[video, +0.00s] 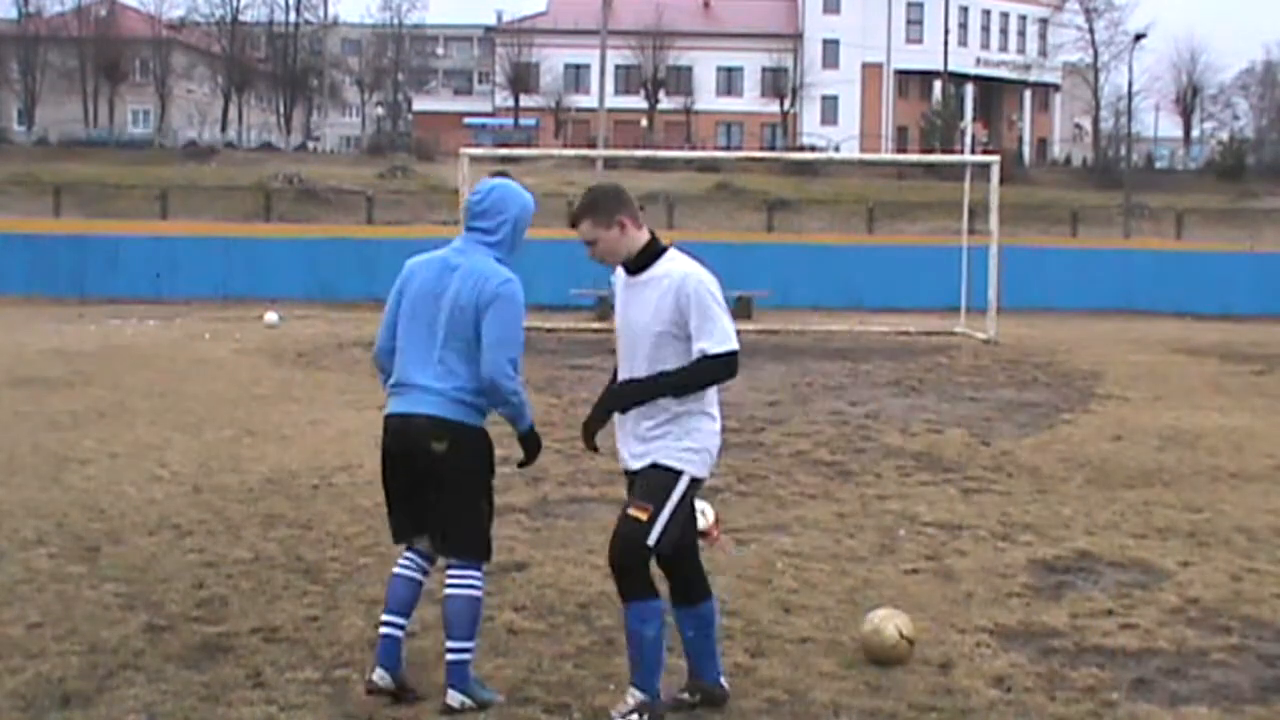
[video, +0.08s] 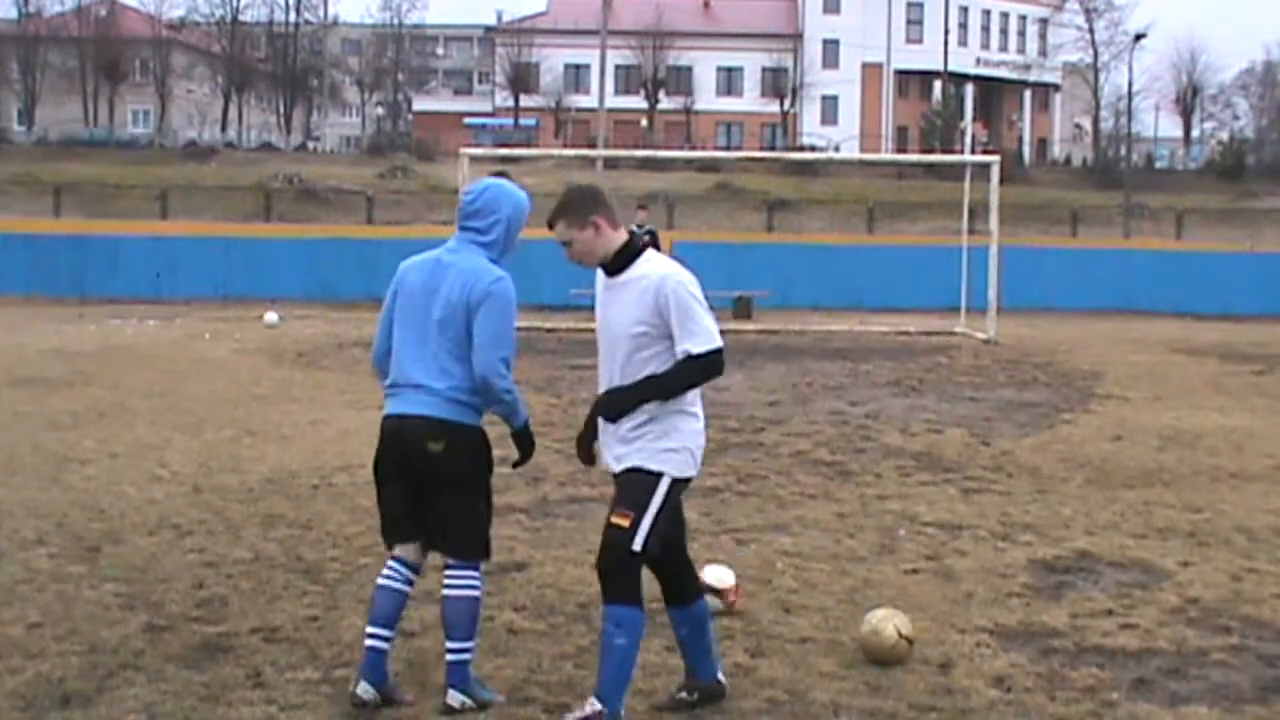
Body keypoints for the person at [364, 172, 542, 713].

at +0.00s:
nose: (525, 236)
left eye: (526, 227)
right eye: (524, 227)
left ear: (471, 217)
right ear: (510, 228)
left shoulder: (417, 266)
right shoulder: (501, 284)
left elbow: (384, 350)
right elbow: (496, 375)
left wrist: (408, 396)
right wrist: (525, 426)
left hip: (400, 426)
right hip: (458, 432)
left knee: (417, 544)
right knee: (465, 557)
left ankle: (385, 666)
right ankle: (459, 682)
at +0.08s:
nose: (519, 239)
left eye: (521, 229)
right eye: (518, 228)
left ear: (465, 216)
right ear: (502, 227)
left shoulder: (411, 268)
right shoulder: (493, 282)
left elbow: (381, 355)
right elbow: (489, 373)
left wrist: (411, 394)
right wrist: (520, 420)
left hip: (397, 428)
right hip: (456, 435)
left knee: (405, 550)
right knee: (463, 557)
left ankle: (371, 674)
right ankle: (459, 681)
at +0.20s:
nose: (511, 240)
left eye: (513, 229)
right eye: (509, 229)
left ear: (457, 221)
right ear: (491, 229)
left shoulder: (405, 273)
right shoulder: (478, 283)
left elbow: (379, 359)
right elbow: (472, 368)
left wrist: (411, 399)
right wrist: (511, 412)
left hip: (388, 429)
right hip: (447, 435)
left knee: (389, 555)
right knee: (464, 558)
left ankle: (367, 683)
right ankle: (459, 683)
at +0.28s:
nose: (506, 237)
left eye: (506, 226)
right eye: (503, 227)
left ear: (453, 223)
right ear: (484, 228)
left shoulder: (404, 274)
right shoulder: (471, 283)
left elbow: (379, 360)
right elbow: (463, 363)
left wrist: (413, 402)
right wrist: (508, 406)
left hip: (386, 431)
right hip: (443, 437)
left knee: (386, 556)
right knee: (466, 557)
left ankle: (366, 684)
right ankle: (459, 682)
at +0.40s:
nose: (502, 239)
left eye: (501, 228)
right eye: (498, 228)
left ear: (449, 225)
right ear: (482, 228)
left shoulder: (408, 274)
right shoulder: (471, 279)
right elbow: (459, 359)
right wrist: (511, 384)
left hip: (389, 429)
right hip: (443, 434)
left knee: (388, 559)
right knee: (473, 556)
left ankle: (365, 683)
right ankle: (454, 679)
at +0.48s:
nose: (500, 233)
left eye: (497, 222)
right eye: (496, 225)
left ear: (451, 222)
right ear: (483, 225)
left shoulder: (418, 272)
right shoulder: (478, 280)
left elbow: (414, 350)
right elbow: (475, 366)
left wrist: (468, 386)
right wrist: (494, 393)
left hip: (393, 429)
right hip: (446, 436)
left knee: (390, 559)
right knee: (484, 555)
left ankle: (366, 684)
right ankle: (454, 682)